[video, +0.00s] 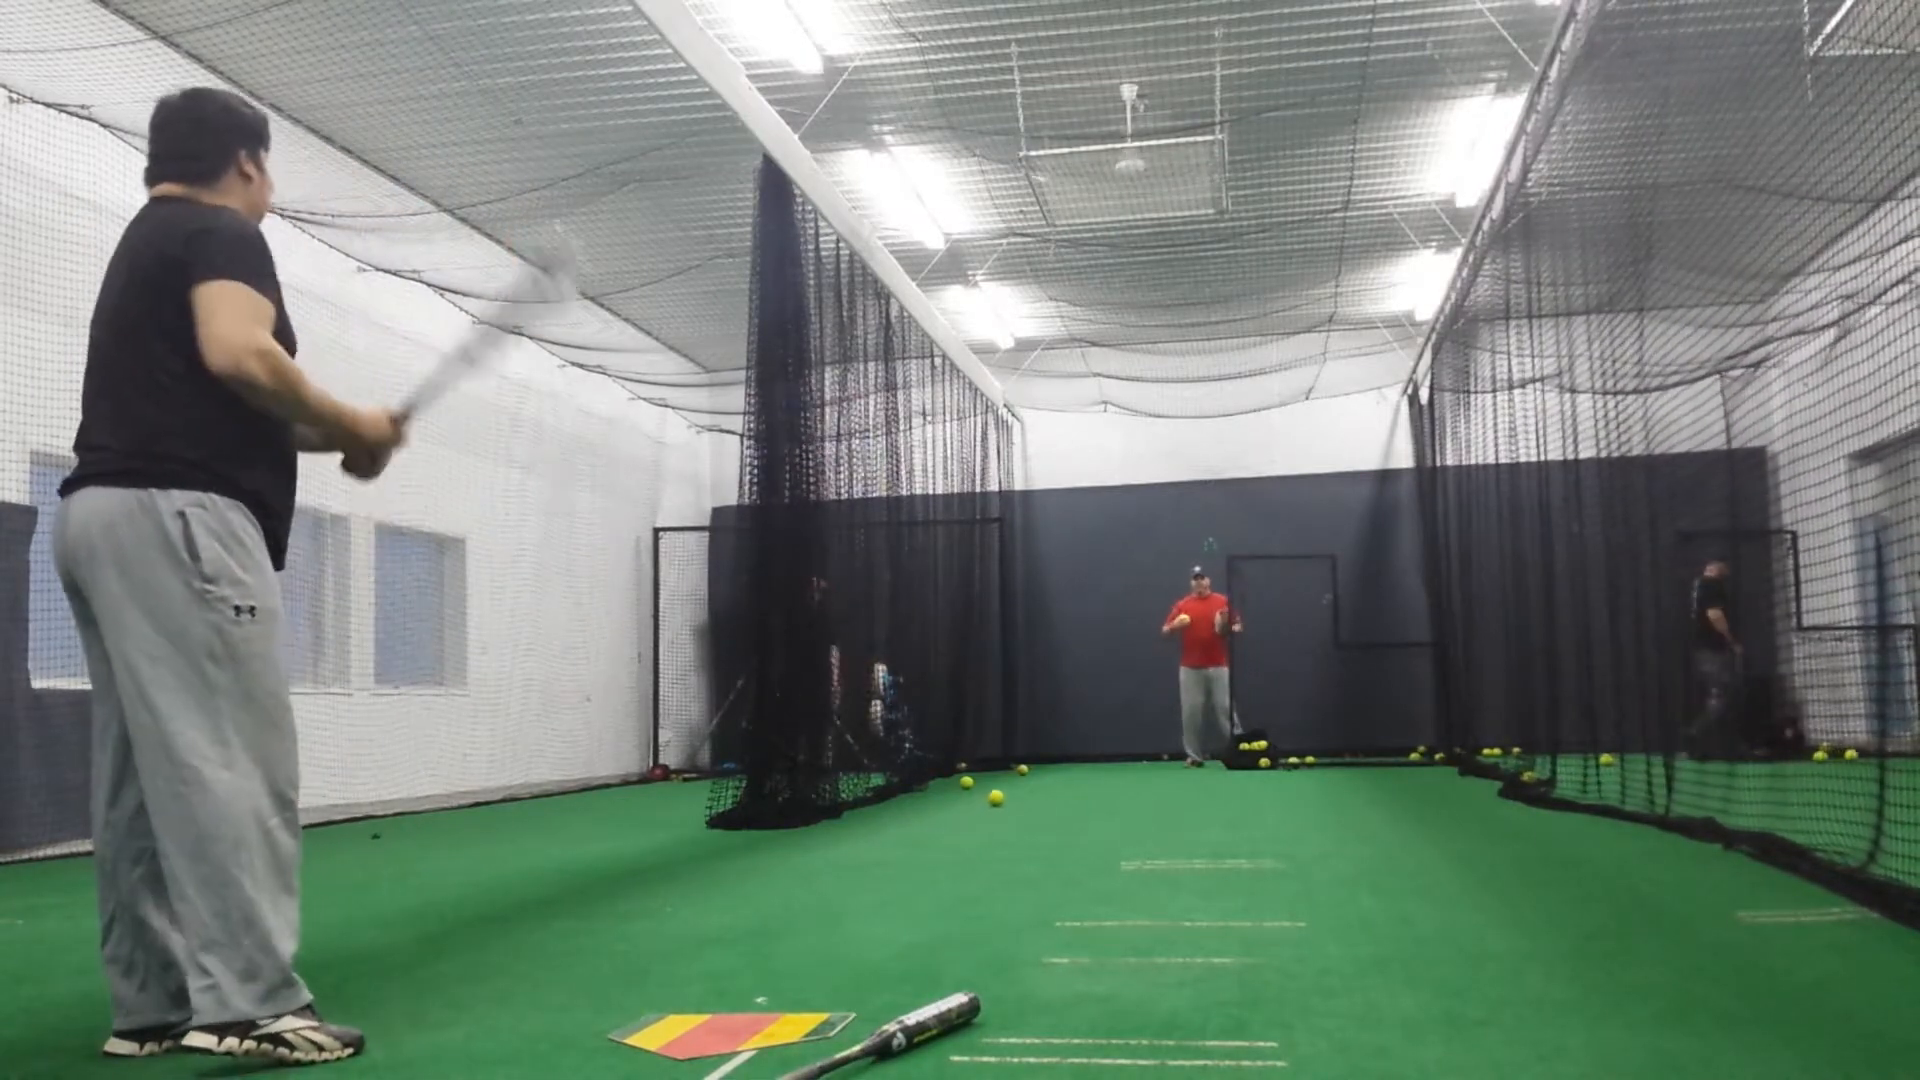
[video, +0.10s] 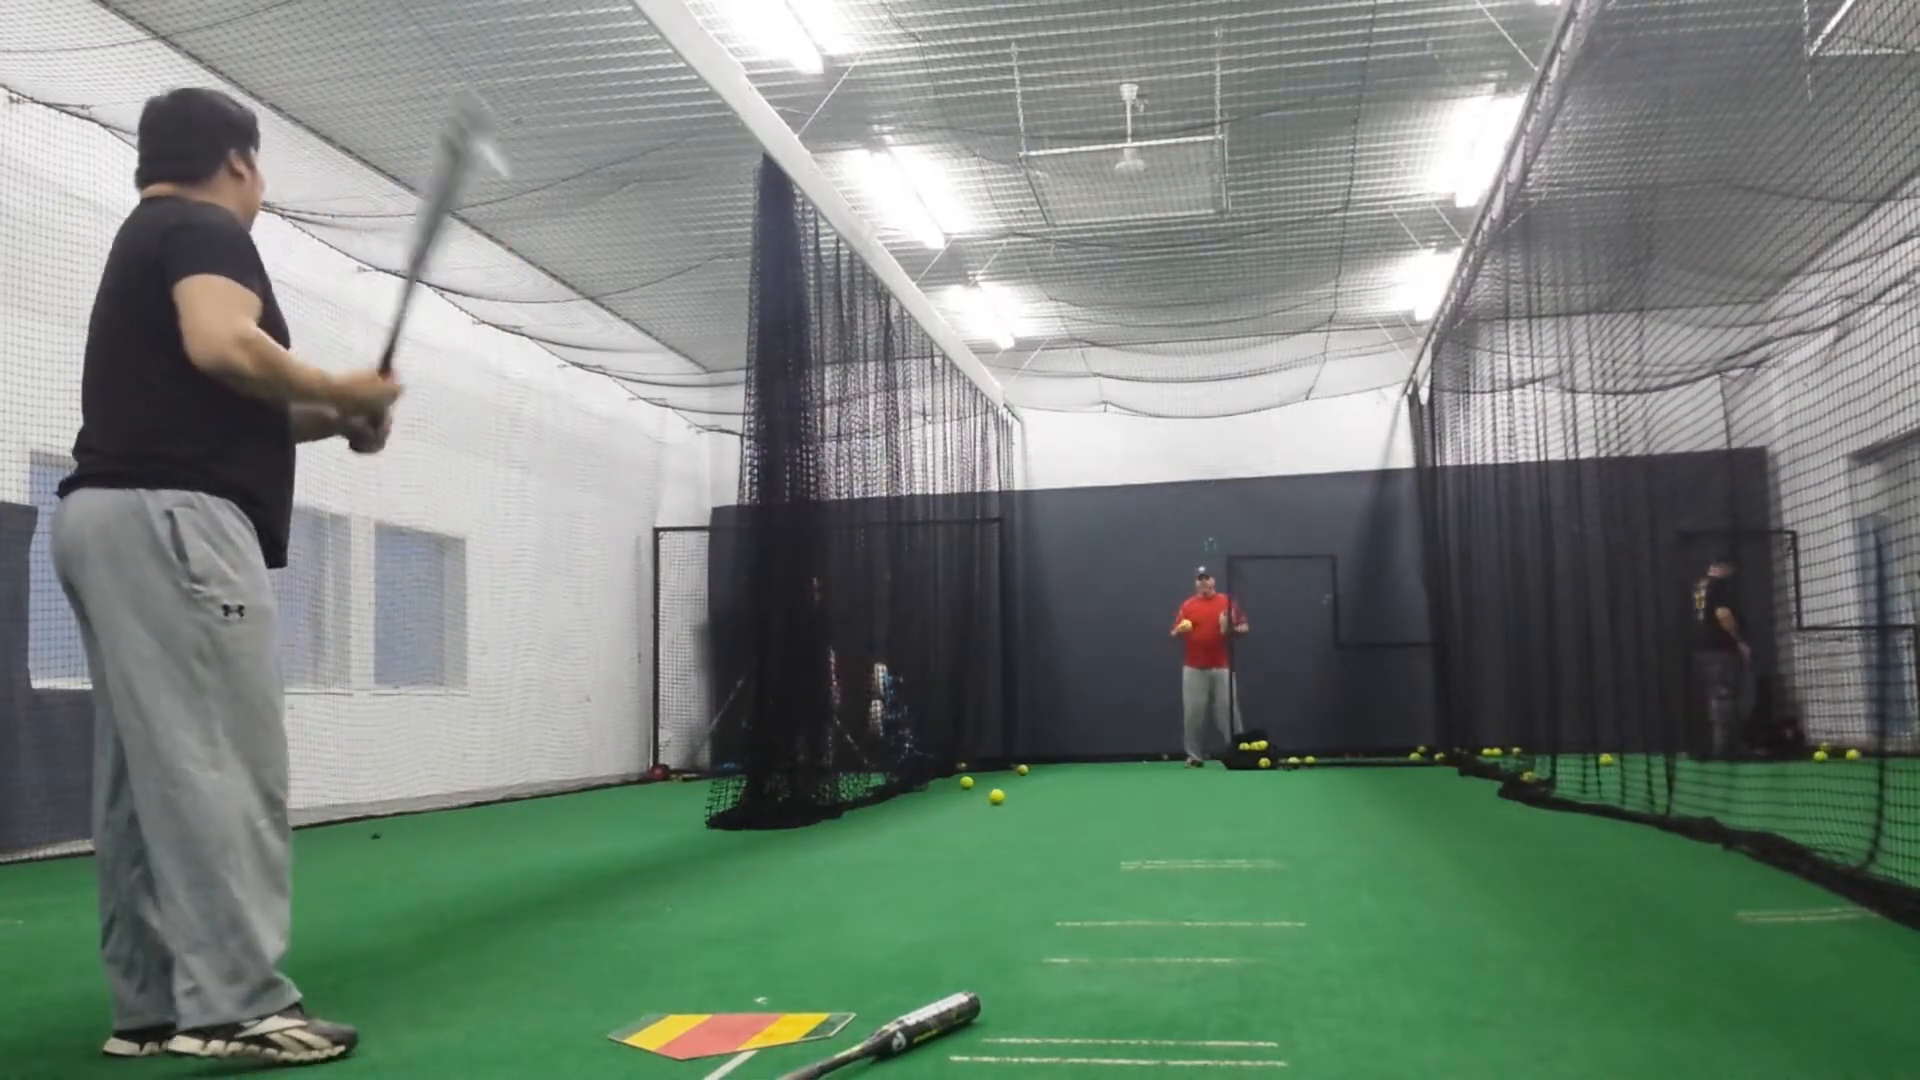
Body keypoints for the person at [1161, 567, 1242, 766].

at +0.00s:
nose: (1199, 582)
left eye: (1202, 578)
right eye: (1196, 579)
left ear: (1208, 581)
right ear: (1191, 583)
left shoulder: (1222, 602)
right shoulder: (1182, 605)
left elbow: (1238, 626)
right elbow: (1164, 631)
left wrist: (1227, 626)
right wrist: (1175, 625)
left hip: (1217, 664)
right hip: (1191, 665)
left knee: (1223, 707)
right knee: (1191, 710)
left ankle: (1232, 751)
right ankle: (1193, 754)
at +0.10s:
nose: (1204, 582)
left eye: (1207, 578)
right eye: (1200, 579)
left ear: (1213, 581)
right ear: (1195, 583)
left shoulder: (1226, 602)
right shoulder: (1188, 605)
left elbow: (1244, 626)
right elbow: (1173, 633)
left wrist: (1231, 628)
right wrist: (1180, 629)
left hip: (1220, 665)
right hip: (1194, 666)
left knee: (1227, 710)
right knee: (1193, 712)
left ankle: (1236, 752)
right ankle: (1194, 754)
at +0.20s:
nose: (1209, 581)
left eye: (1212, 577)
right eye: (1205, 578)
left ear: (1218, 580)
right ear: (1200, 582)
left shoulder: (1231, 602)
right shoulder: (1192, 605)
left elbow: (1246, 626)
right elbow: (1180, 632)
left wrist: (1239, 626)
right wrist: (1185, 631)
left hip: (1225, 665)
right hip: (1199, 665)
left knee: (1229, 712)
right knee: (1196, 711)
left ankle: (1235, 753)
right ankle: (1195, 754)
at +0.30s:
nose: (1213, 580)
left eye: (1216, 576)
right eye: (1209, 577)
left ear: (1222, 580)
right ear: (1204, 581)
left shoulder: (1235, 602)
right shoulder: (1197, 603)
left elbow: (1251, 626)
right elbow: (1184, 630)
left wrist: (1243, 626)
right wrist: (1188, 631)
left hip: (1230, 665)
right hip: (1203, 665)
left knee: (1234, 710)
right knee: (1200, 710)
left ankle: (1238, 753)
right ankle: (1196, 754)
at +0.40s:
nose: (1217, 581)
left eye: (1220, 577)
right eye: (1213, 577)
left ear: (1226, 579)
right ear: (1208, 581)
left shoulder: (1240, 603)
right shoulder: (1200, 604)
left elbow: (1256, 626)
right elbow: (1187, 631)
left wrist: (1246, 629)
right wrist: (1192, 631)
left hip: (1236, 665)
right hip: (1208, 665)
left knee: (1238, 708)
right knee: (1203, 709)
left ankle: (1239, 753)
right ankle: (1197, 753)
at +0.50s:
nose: (1218, 581)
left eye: (1222, 577)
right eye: (1215, 577)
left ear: (1228, 579)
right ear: (1211, 581)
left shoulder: (1243, 602)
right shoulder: (1204, 604)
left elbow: (1259, 626)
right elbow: (1191, 631)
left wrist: (1246, 629)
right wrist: (1197, 630)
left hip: (1237, 664)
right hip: (1211, 664)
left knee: (1240, 708)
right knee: (1205, 709)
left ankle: (1240, 753)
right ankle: (1198, 753)